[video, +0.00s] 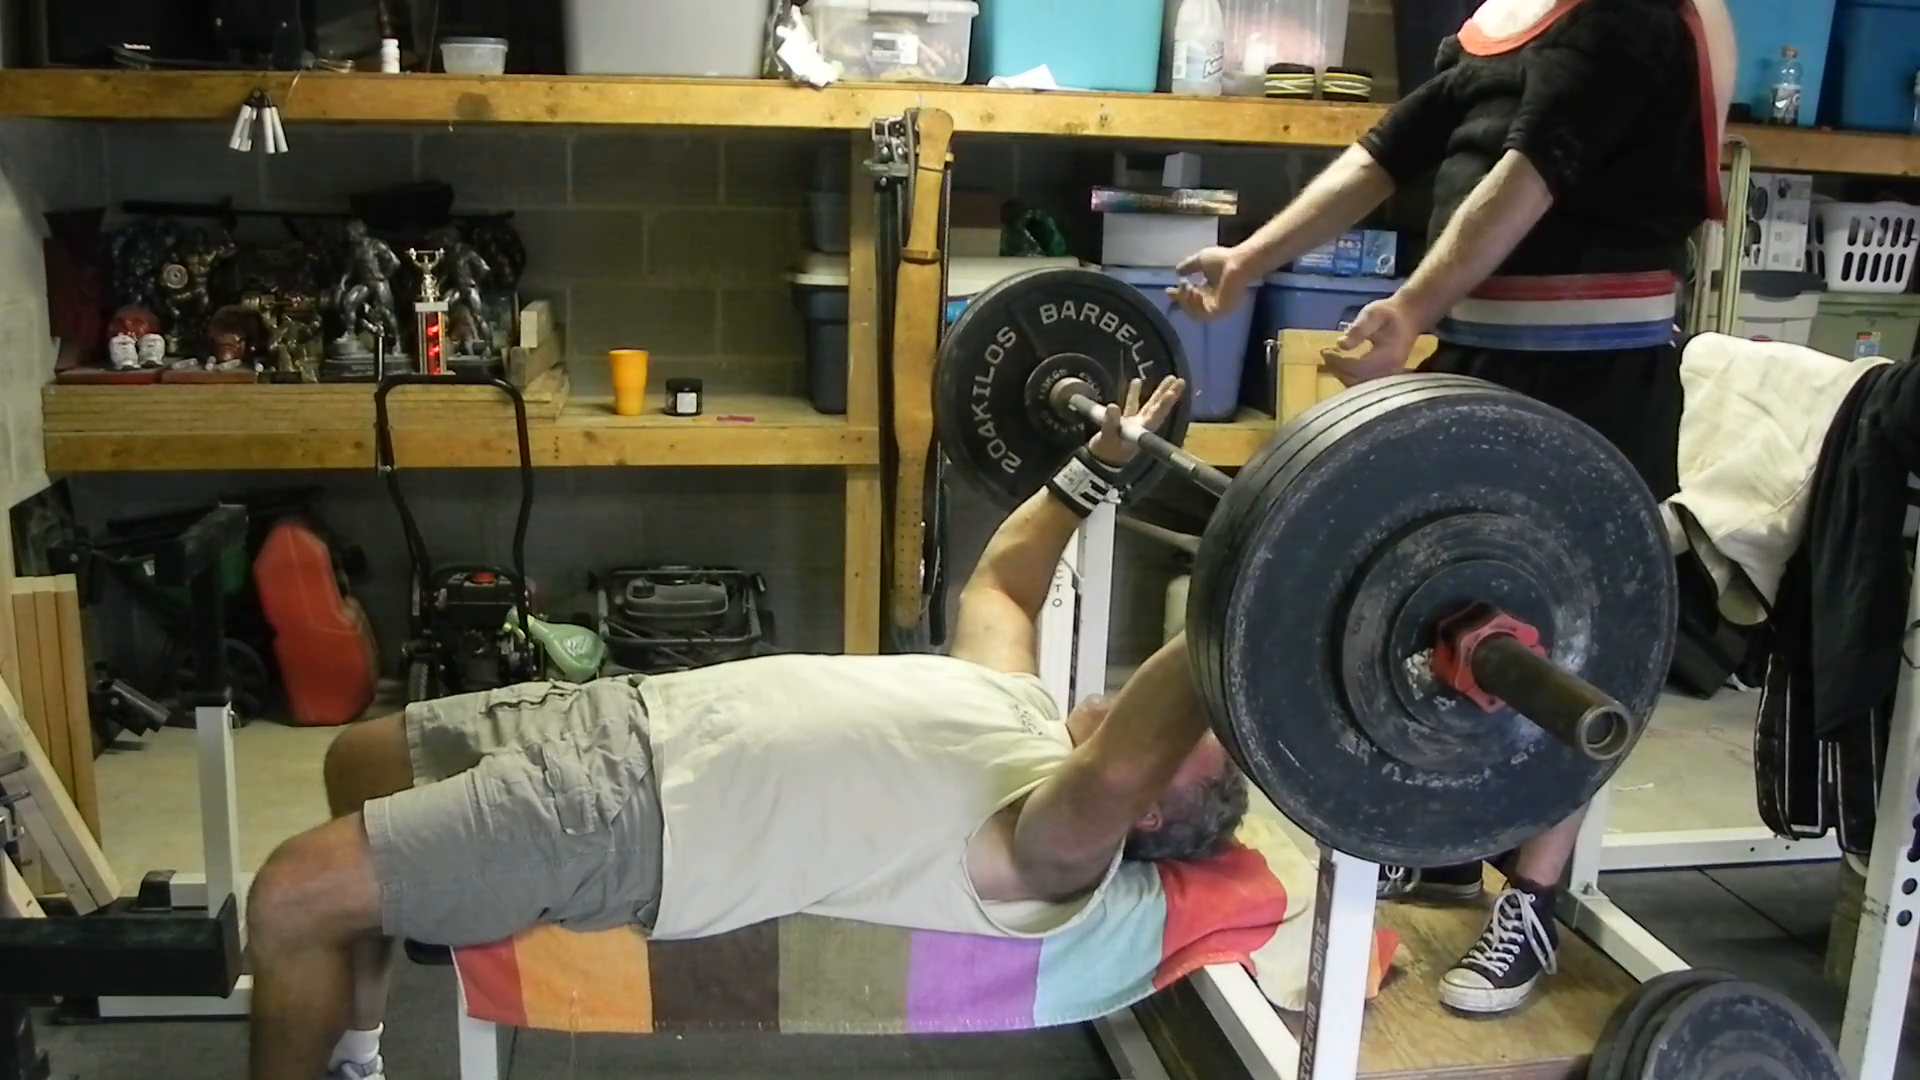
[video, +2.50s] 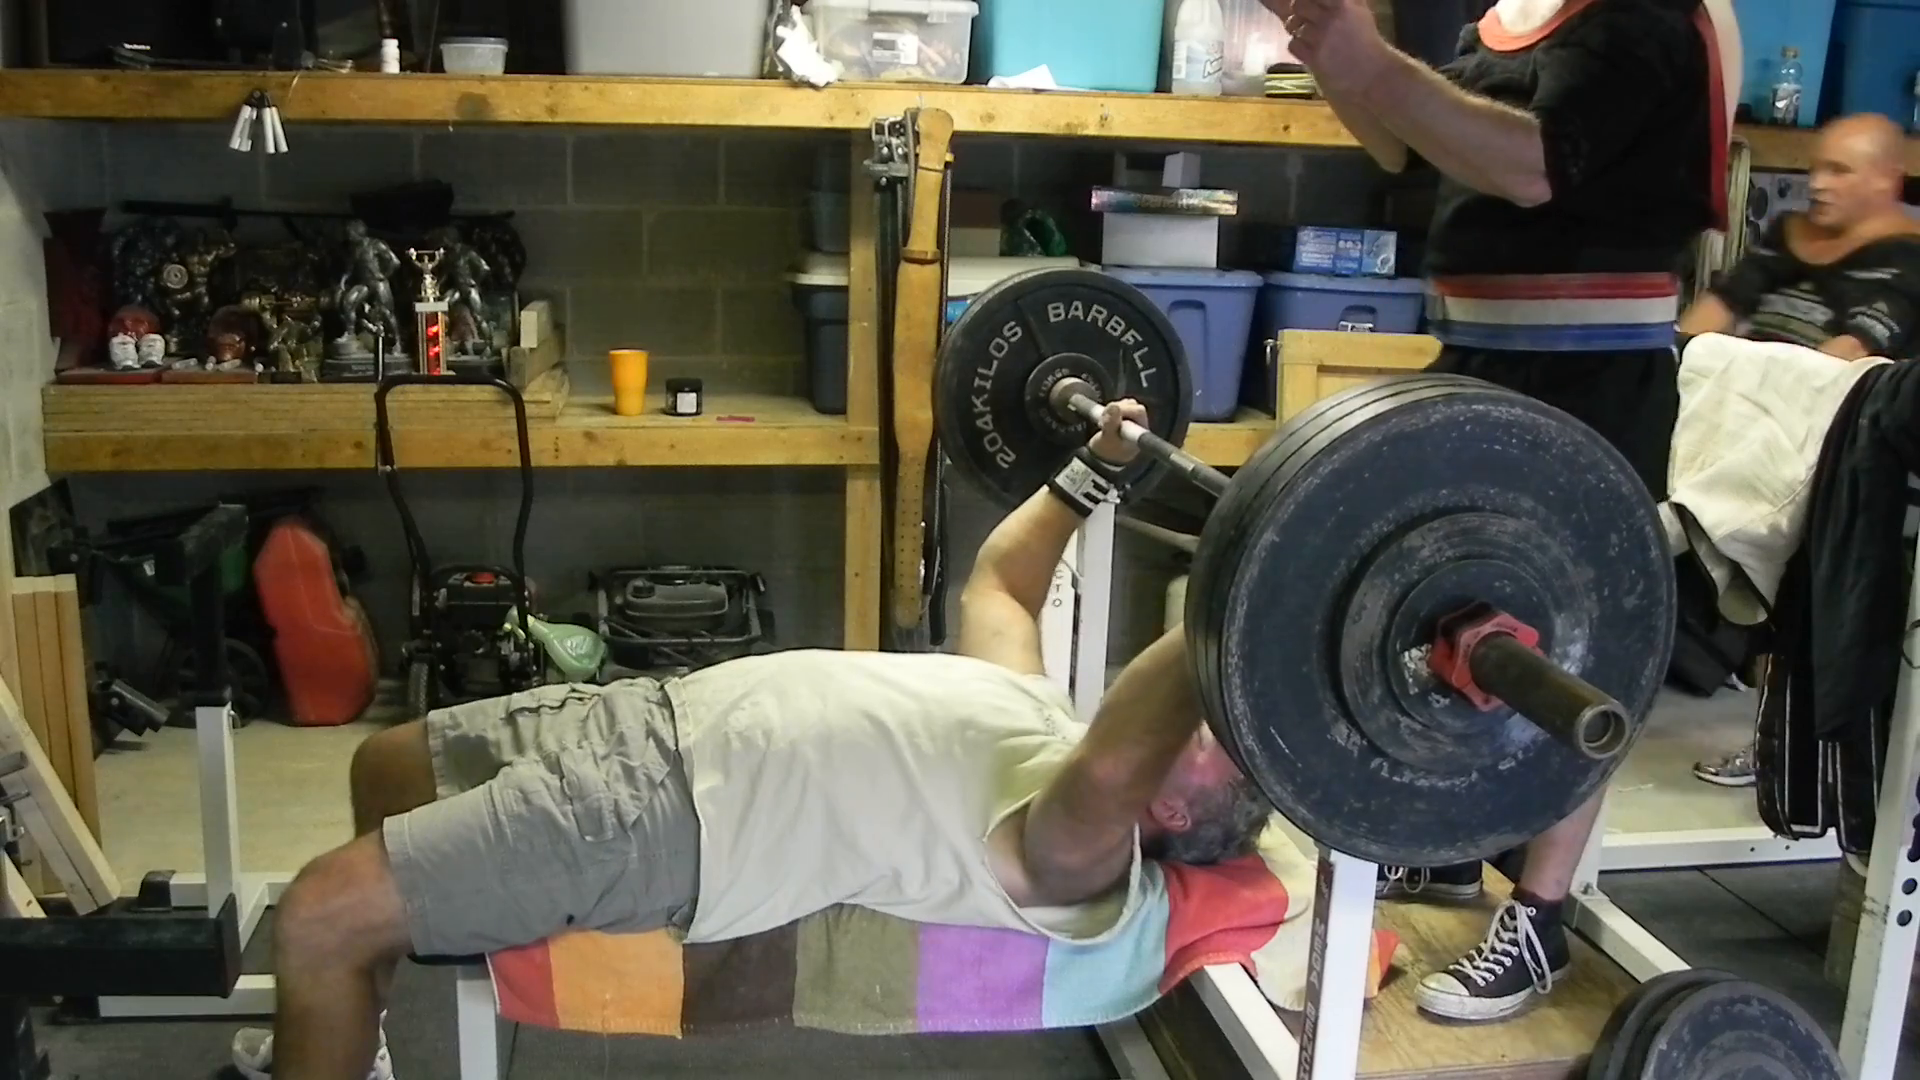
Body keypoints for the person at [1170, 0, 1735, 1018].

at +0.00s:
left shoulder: (1630, 17)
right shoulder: (1489, 24)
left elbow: (1531, 170)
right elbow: (1381, 157)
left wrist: (1410, 307)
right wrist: (1246, 257)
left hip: (1595, 374)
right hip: (1468, 362)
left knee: (1567, 627)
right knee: (1440, 603)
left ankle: (1530, 898)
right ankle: (1442, 839)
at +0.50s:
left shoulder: (1590, 19)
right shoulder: (1440, 29)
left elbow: (1509, 152)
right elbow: (1345, 166)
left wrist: (1352, 111)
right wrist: (1193, 112)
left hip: (1562, 376)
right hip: (1439, 362)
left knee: (1546, 633)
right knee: (1419, 604)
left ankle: (1529, 893)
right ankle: (1438, 832)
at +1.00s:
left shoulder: (1576, 18)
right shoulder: (1428, 38)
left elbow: (1503, 148)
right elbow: (1314, 164)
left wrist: (1372, 64)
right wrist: (1210, 54)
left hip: (1536, 374)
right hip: (1405, 363)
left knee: (1528, 630)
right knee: (1392, 608)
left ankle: (1528, 891)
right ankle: (1431, 831)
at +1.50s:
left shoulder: (1583, 16)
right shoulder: (1436, 42)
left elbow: (1500, 141)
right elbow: (1324, 161)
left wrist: (1356, 42)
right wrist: (1231, 36)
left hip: (1537, 370)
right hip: (1410, 359)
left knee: (1518, 629)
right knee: (1384, 606)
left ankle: (1526, 888)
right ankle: (1421, 833)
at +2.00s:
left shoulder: (1609, 21)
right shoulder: (1456, 29)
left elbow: (1510, 154)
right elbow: (1353, 144)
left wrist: (1374, 38)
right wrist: (1253, 15)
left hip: (1555, 379)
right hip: (1431, 365)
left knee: (1543, 636)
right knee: (1421, 612)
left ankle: (1532, 909)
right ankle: (1439, 841)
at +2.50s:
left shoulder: (1651, 20)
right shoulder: (1508, 16)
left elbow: (1538, 161)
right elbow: (1412, 149)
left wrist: (1377, 69)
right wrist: (1332, 54)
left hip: (1600, 376)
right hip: (1482, 364)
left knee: (1581, 645)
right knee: (1450, 613)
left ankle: (1539, 911)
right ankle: (1445, 843)